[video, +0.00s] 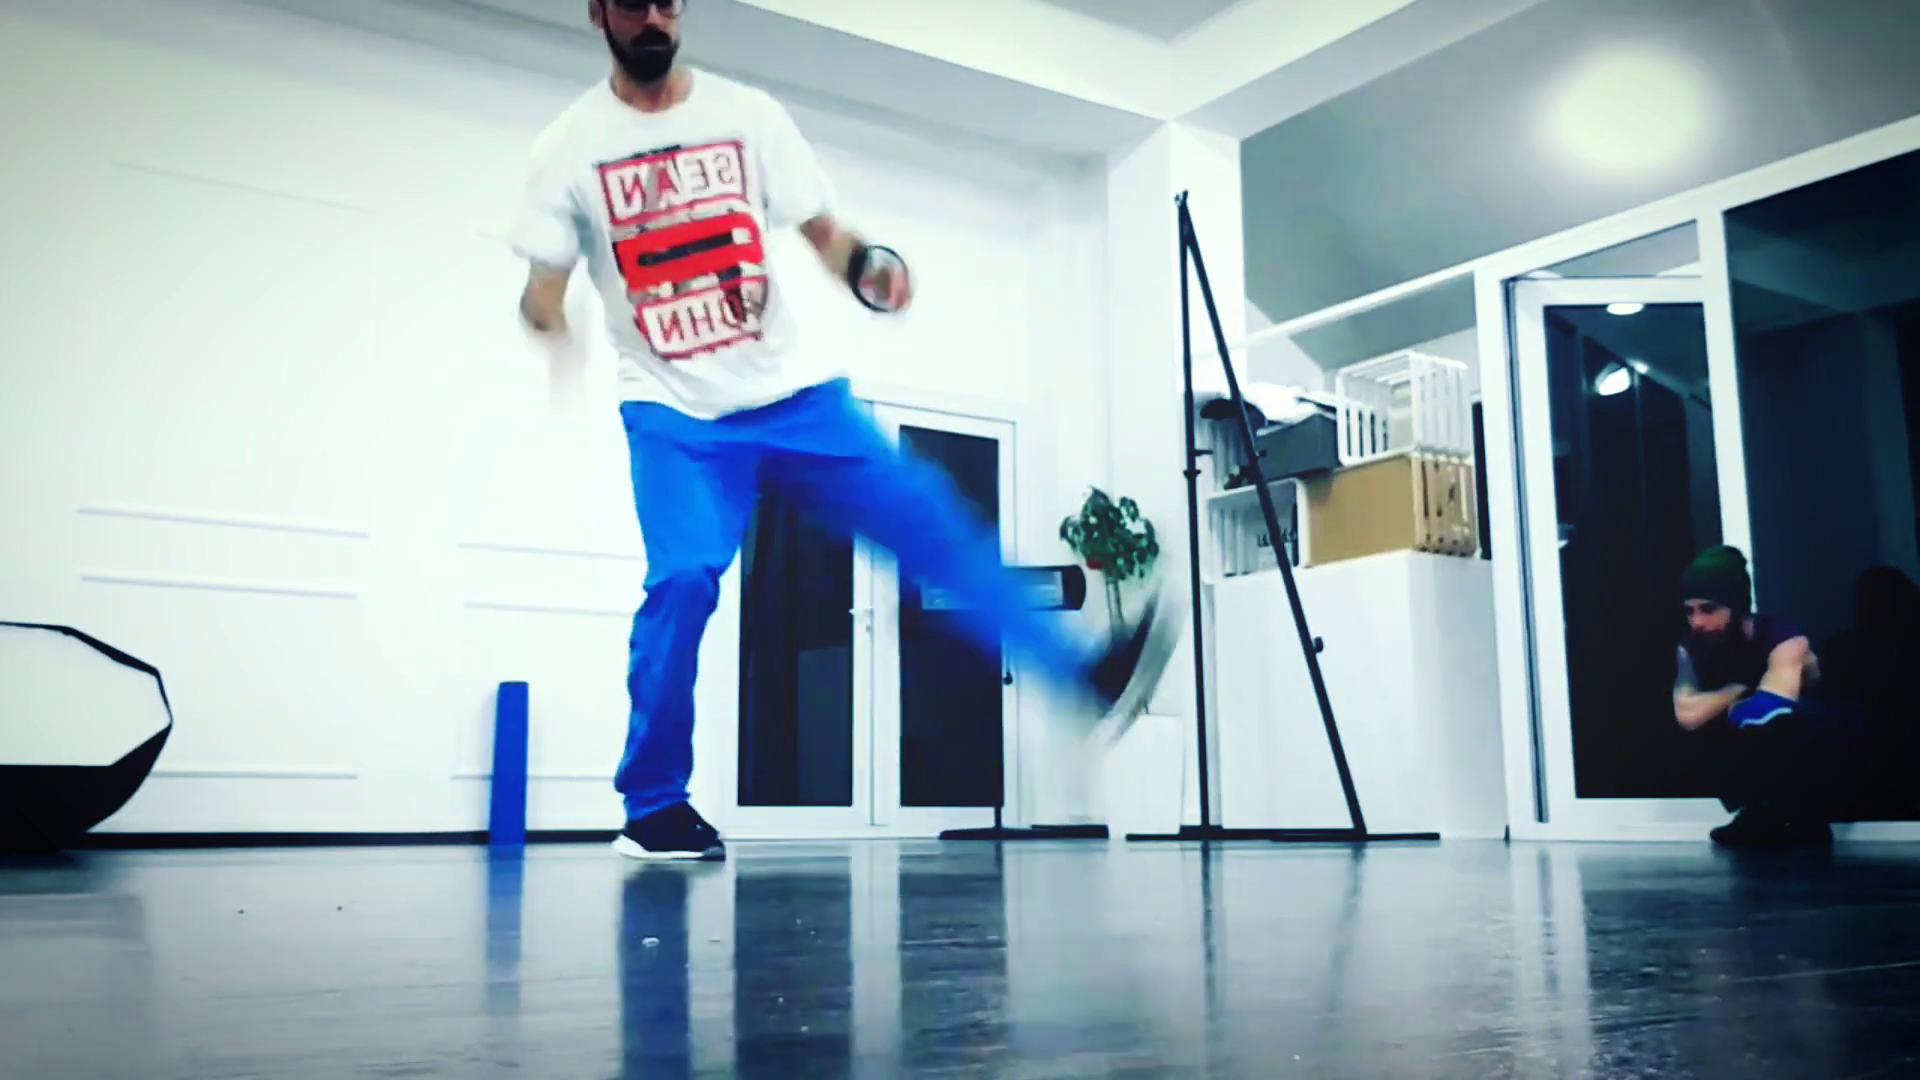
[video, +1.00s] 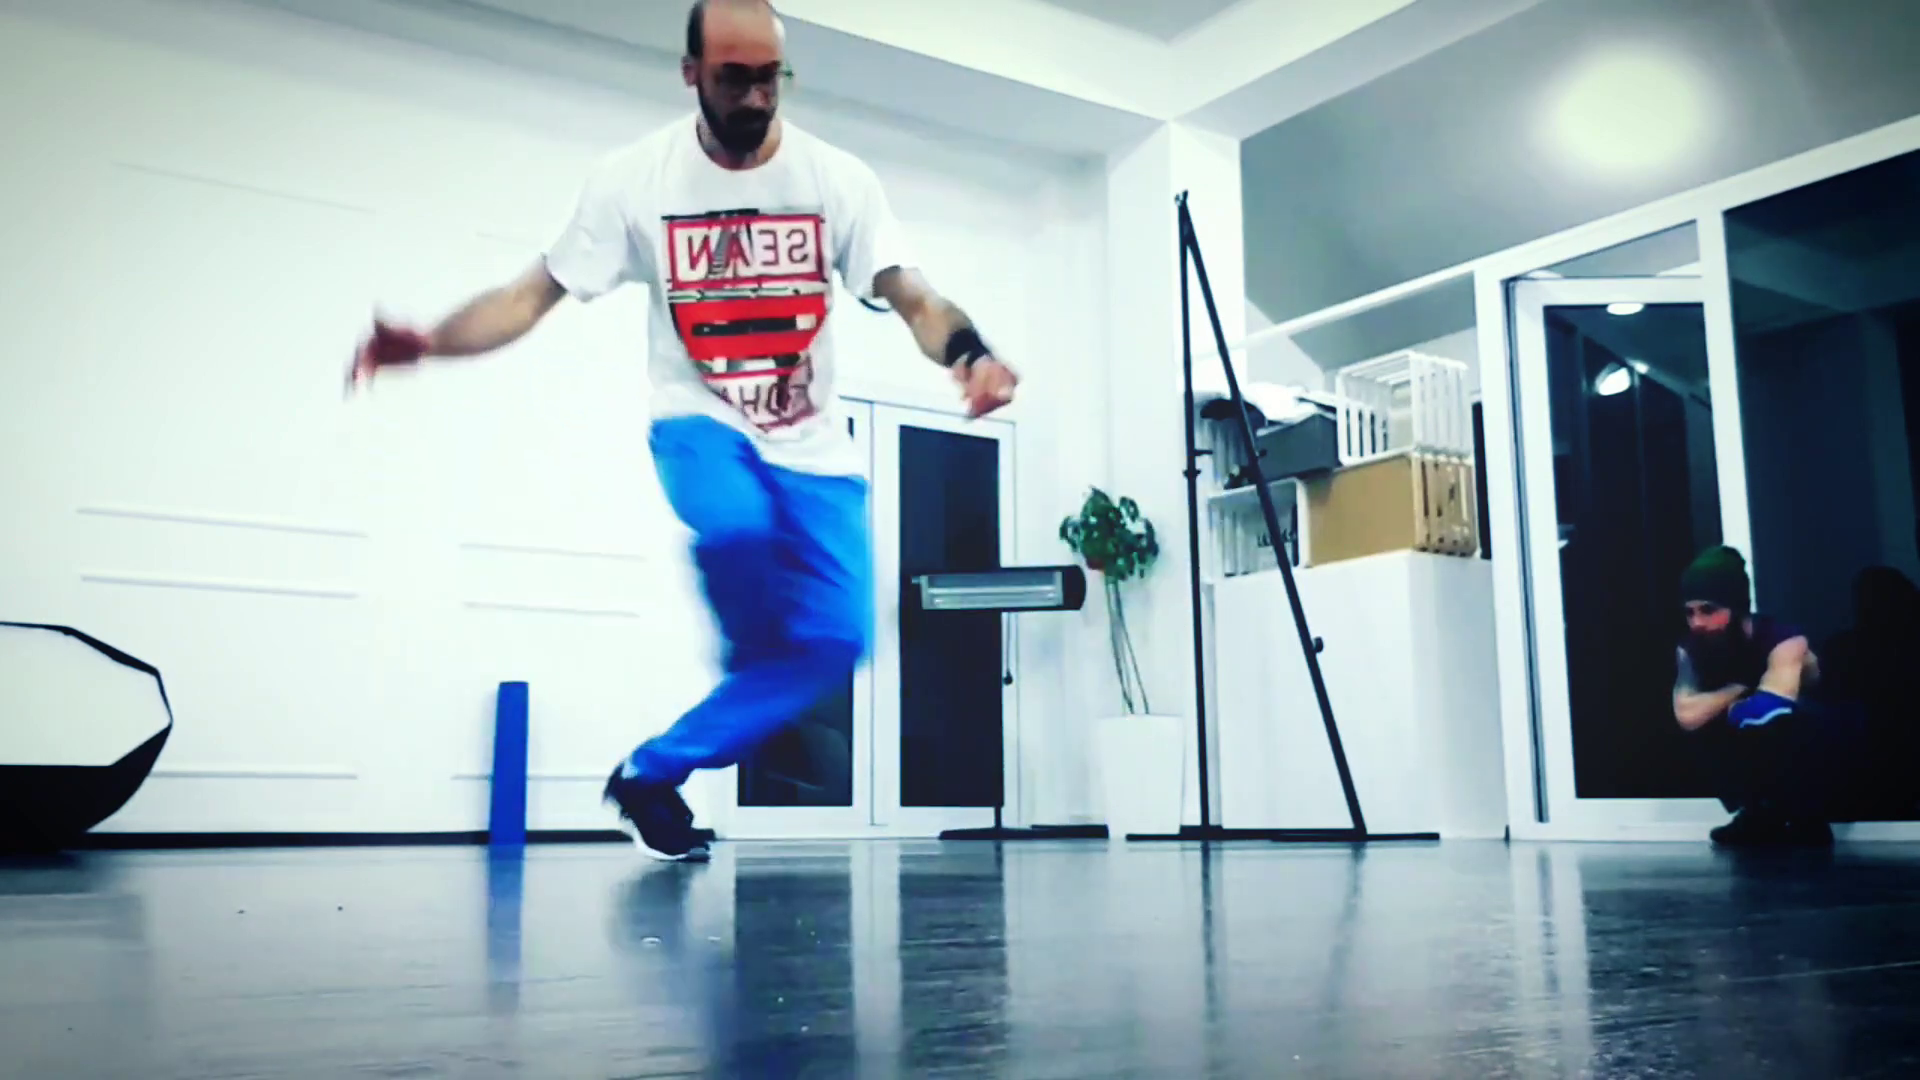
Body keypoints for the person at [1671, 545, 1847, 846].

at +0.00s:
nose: (1697, 623)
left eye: (1708, 610)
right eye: (1690, 612)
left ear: (1735, 605)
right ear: (1684, 610)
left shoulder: (1782, 639)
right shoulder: (1691, 651)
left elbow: (1776, 705)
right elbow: (1688, 714)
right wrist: (1738, 691)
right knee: (1706, 726)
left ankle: (1803, 820)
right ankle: (1756, 814)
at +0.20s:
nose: (1697, 622)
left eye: (1707, 610)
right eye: (1690, 612)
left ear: (1735, 606)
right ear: (1684, 611)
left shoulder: (1781, 640)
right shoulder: (1691, 651)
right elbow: (1687, 714)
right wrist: (1737, 690)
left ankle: (1804, 819)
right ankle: (1755, 813)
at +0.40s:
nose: (1697, 622)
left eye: (1708, 610)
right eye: (1691, 612)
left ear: (1736, 605)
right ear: (1685, 611)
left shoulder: (1783, 639)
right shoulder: (1691, 651)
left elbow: (1774, 706)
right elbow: (1688, 715)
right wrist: (1735, 692)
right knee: (1705, 726)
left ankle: (1802, 819)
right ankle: (1755, 813)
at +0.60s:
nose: (1697, 622)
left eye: (1708, 610)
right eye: (1691, 612)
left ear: (1736, 605)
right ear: (1685, 611)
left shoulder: (1782, 638)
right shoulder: (1691, 651)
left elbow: (1774, 704)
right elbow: (1688, 715)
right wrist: (1735, 691)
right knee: (1705, 725)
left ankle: (1802, 819)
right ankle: (1755, 814)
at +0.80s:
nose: (1697, 623)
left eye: (1708, 611)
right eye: (1691, 613)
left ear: (1736, 606)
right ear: (1684, 611)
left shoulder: (1782, 638)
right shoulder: (1690, 651)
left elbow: (1774, 705)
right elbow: (1688, 715)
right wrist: (1738, 689)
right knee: (1704, 726)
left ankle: (1803, 819)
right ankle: (1754, 815)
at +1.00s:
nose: (1697, 623)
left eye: (1708, 611)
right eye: (1690, 613)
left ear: (1736, 607)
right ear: (1684, 612)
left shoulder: (1778, 637)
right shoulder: (1690, 652)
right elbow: (1688, 715)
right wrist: (1738, 690)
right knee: (1703, 727)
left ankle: (1803, 819)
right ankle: (1754, 814)